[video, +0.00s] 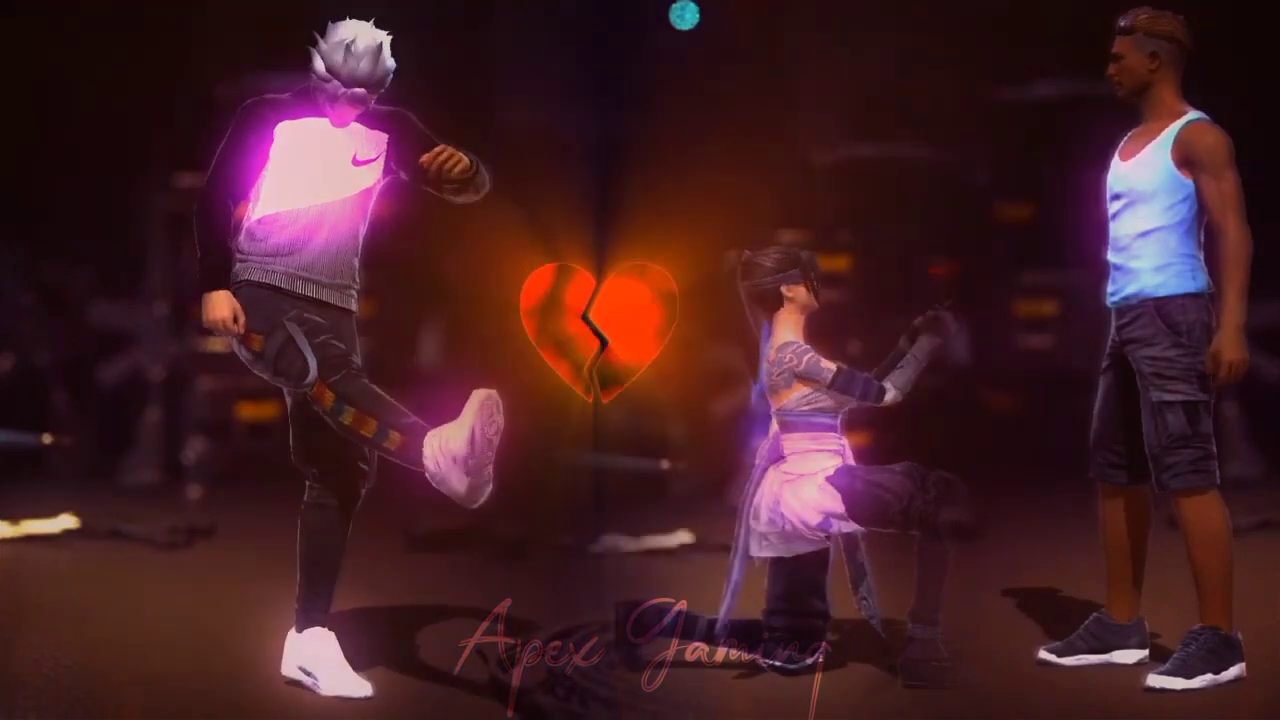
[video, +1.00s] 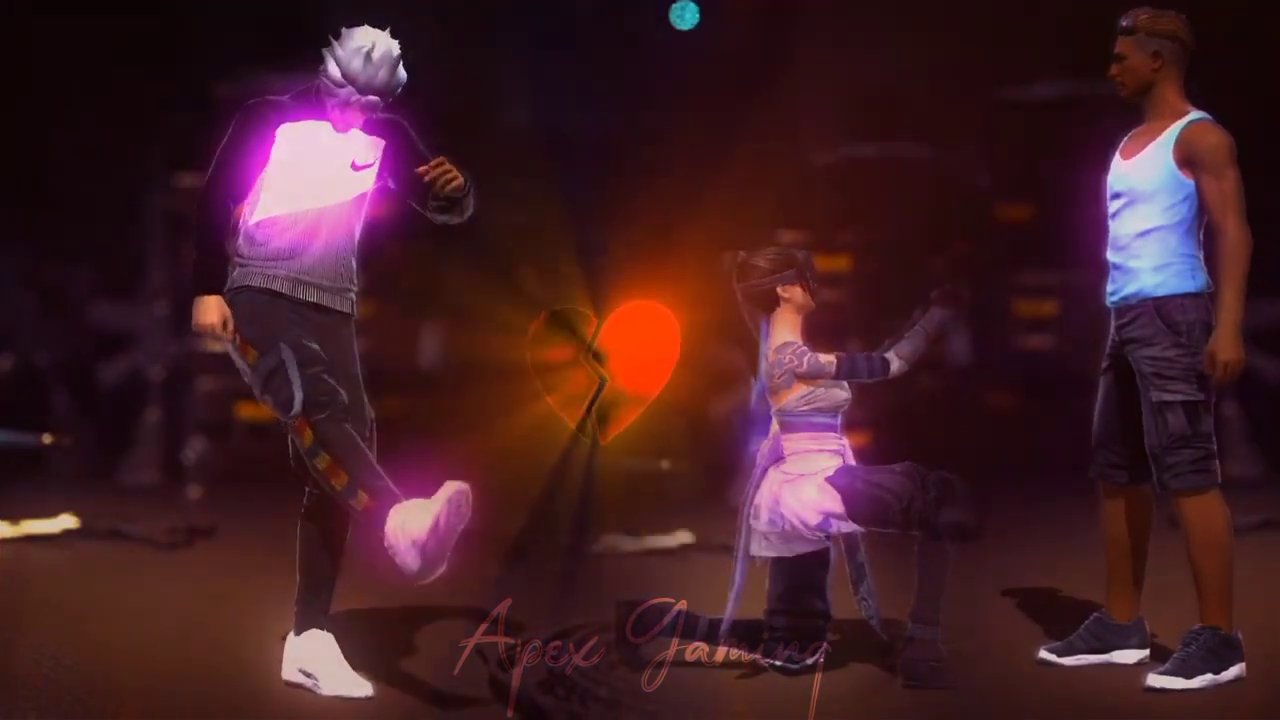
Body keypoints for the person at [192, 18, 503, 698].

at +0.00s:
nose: (352, 108)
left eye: (366, 98)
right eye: (342, 94)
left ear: (382, 89)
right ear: (321, 76)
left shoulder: (393, 129)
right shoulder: (269, 115)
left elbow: (471, 191)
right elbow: (217, 198)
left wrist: (465, 173)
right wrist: (212, 281)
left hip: (335, 309)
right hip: (260, 293)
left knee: (335, 475)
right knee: (318, 371)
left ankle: (309, 634)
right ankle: (437, 456)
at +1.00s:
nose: (357, 117)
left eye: (370, 107)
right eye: (348, 102)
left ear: (386, 98)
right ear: (329, 80)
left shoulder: (391, 136)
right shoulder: (270, 118)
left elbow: (445, 213)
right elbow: (219, 202)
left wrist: (456, 194)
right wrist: (207, 287)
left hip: (334, 309)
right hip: (263, 294)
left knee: (344, 461)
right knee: (311, 408)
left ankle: (308, 635)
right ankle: (397, 520)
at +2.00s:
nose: (359, 122)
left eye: (373, 114)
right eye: (352, 106)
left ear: (387, 108)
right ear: (331, 83)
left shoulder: (380, 146)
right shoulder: (270, 117)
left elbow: (393, 228)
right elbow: (219, 201)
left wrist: (416, 267)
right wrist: (206, 286)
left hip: (333, 317)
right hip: (264, 305)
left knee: (348, 461)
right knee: (287, 454)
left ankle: (308, 618)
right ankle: (300, 615)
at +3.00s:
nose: (355, 124)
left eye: (369, 114)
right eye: (348, 106)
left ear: (383, 109)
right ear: (325, 85)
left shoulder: (373, 154)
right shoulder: (265, 118)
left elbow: (373, 249)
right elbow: (217, 197)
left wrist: (387, 333)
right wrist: (213, 284)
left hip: (334, 326)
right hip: (260, 315)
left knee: (345, 477)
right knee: (245, 469)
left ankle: (307, 639)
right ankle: (213, 638)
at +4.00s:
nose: (352, 119)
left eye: (366, 110)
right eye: (347, 101)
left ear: (377, 107)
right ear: (323, 82)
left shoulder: (370, 153)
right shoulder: (258, 118)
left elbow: (367, 251)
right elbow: (214, 197)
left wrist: (365, 342)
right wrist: (216, 282)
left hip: (329, 335)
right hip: (253, 321)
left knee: (338, 480)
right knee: (214, 472)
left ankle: (307, 638)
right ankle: (177, 627)